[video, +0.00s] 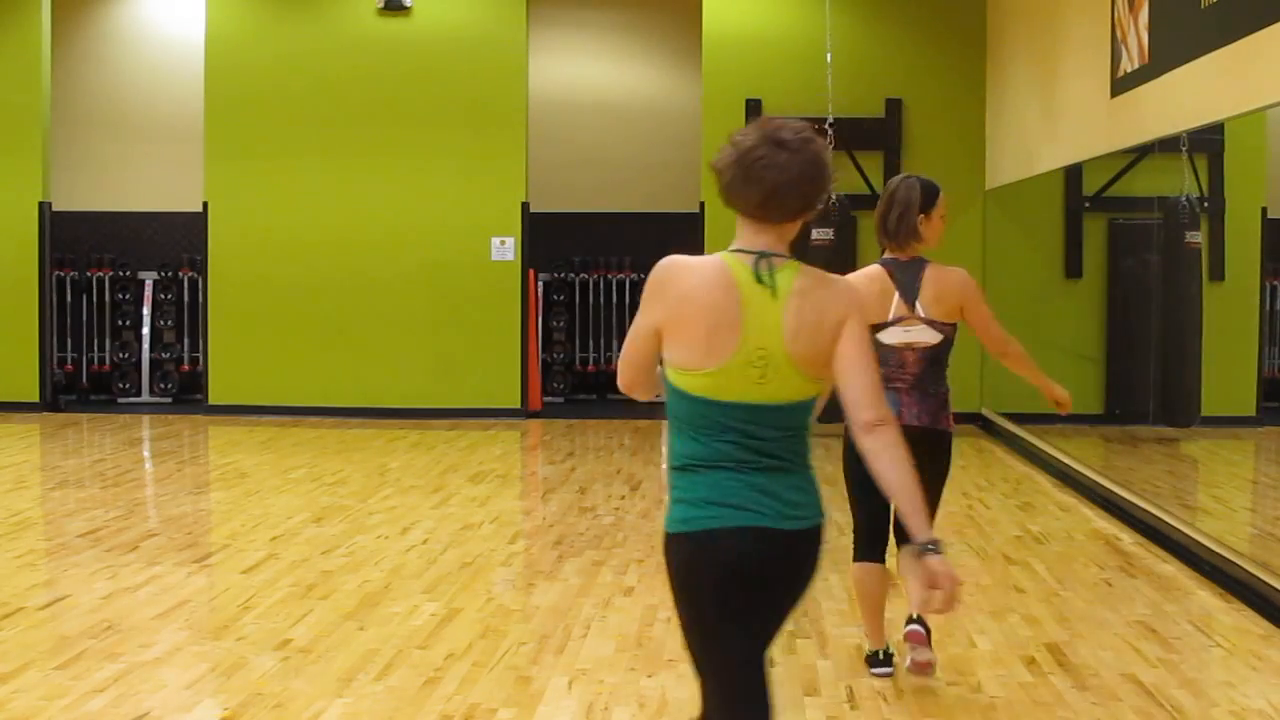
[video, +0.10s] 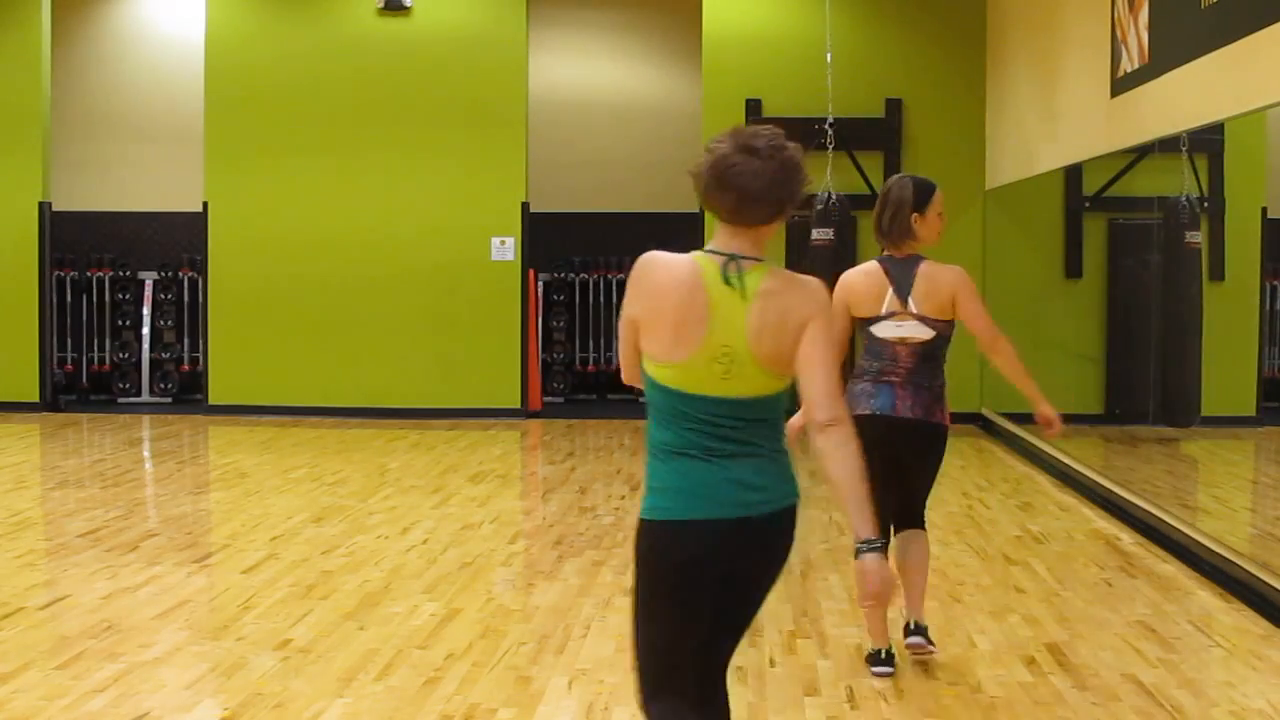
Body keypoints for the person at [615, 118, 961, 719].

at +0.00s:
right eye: (814, 200)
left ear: (732, 189)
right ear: (810, 210)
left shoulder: (675, 279)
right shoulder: (835, 299)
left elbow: (633, 381)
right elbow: (873, 425)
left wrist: (706, 374)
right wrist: (922, 539)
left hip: (704, 536)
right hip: (792, 536)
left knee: (734, 701)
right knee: (736, 683)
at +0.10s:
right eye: (785, 201)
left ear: (709, 195)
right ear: (787, 209)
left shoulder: (654, 273)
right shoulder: (805, 297)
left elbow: (631, 373)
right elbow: (828, 423)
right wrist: (870, 544)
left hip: (677, 522)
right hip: (765, 521)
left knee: (666, 694)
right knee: (707, 677)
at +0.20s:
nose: (762, 207)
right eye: (762, 198)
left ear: (688, 189)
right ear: (756, 206)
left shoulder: (632, 263)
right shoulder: (765, 291)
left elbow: (626, 365)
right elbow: (780, 419)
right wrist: (815, 533)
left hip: (651, 504)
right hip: (739, 505)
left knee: (639, 646)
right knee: (699, 655)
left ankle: (644, 718)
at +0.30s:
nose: (738, 201)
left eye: (737, 189)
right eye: (738, 189)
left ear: (666, 183)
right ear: (724, 198)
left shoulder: (623, 253)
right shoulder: (722, 279)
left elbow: (630, 351)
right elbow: (725, 411)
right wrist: (775, 489)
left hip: (627, 481)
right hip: (702, 485)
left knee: (644, 610)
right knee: (688, 648)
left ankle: (606, 712)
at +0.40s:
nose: (724, 190)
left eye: (720, 178)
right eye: (715, 180)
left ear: (664, 191)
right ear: (681, 194)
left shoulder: (623, 251)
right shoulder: (674, 273)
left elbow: (625, 352)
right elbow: (670, 397)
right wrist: (734, 444)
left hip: (614, 464)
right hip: (664, 474)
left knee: (637, 601)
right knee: (671, 629)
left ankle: (590, 707)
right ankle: (668, 715)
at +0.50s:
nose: (697, 185)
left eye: (697, 172)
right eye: (682, 175)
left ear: (691, 176)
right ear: (641, 187)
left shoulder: (667, 250)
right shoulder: (624, 263)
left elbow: (663, 364)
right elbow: (606, 385)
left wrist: (671, 449)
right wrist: (692, 433)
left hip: (646, 453)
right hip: (616, 456)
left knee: (630, 594)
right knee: (640, 613)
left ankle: (589, 703)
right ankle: (628, 712)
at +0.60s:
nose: (659, 185)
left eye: (665, 173)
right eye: (643, 175)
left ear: (674, 181)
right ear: (610, 188)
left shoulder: (673, 255)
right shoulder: (592, 264)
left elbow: (678, 352)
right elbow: (560, 374)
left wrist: (681, 432)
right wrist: (639, 434)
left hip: (639, 452)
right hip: (584, 452)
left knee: (621, 598)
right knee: (608, 604)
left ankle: (580, 707)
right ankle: (579, 712)